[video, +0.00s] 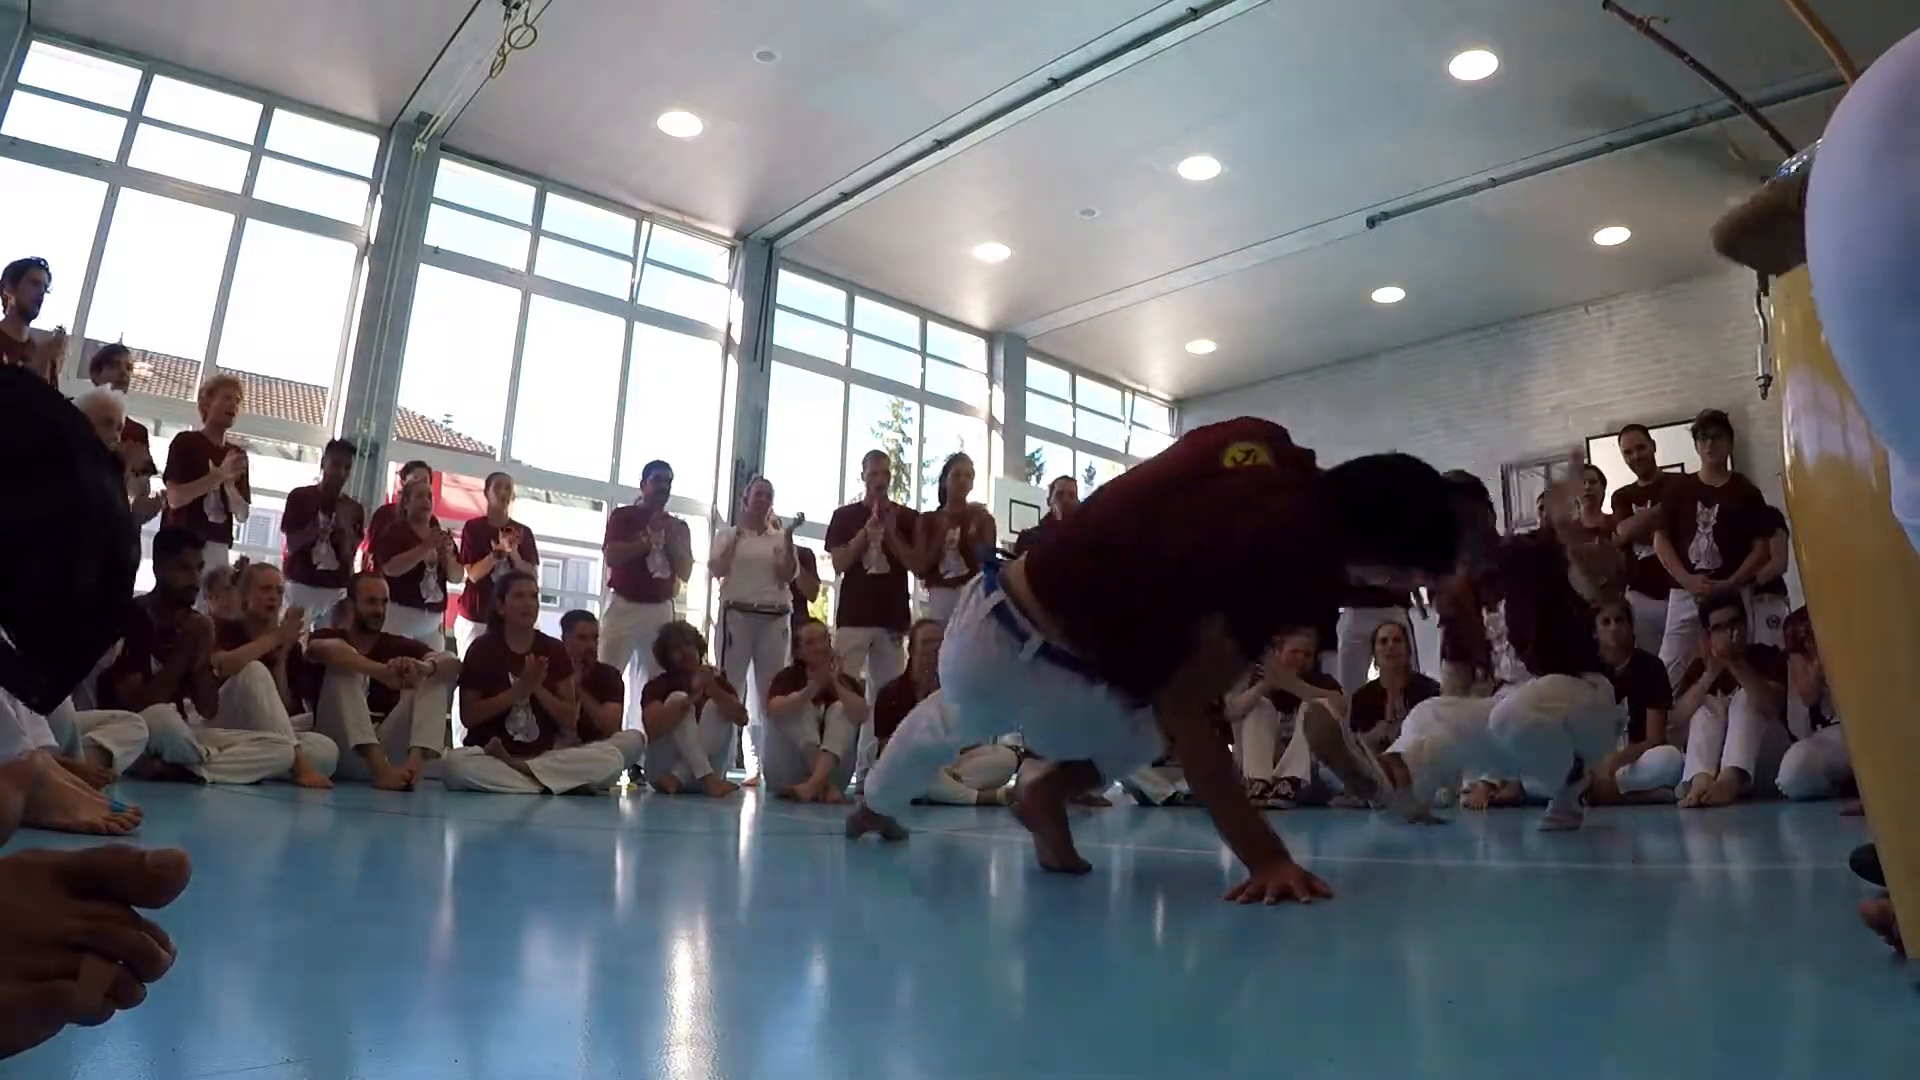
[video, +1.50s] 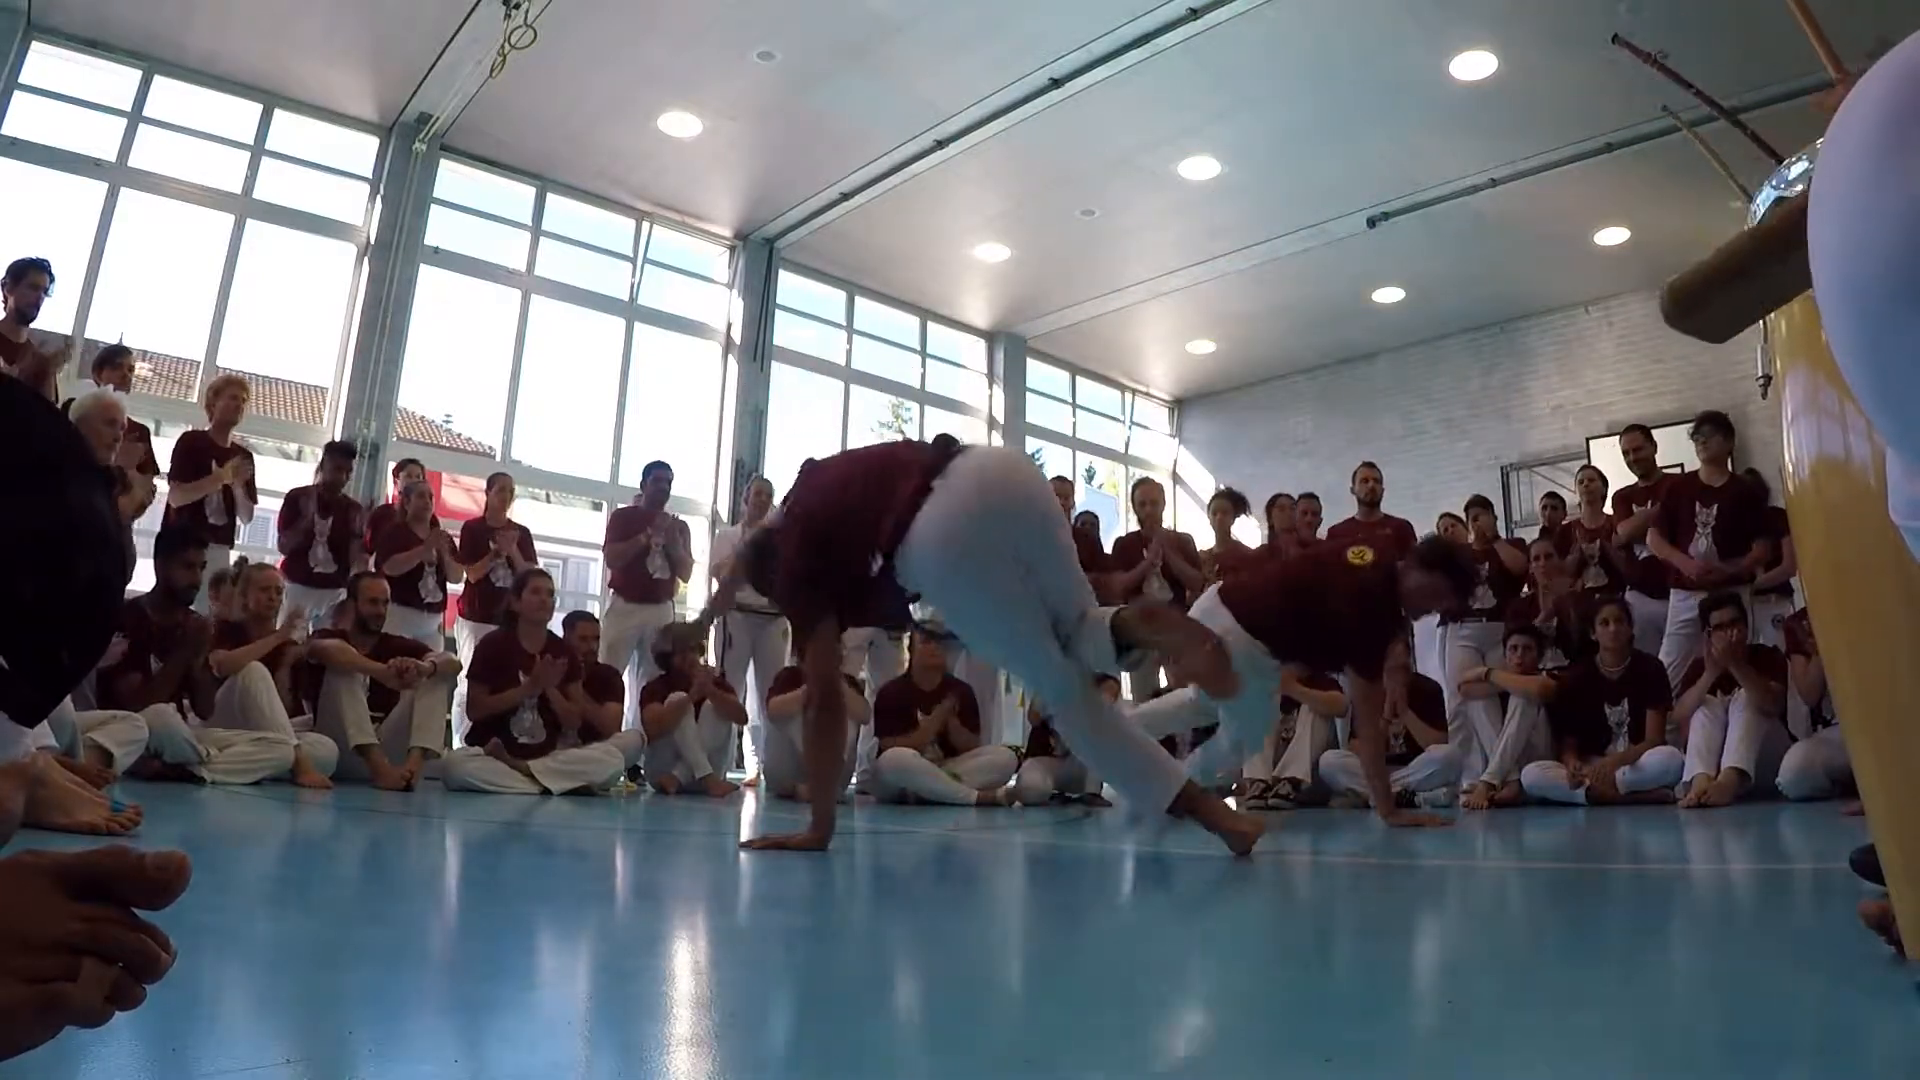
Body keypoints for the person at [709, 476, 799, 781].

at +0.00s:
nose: (761, 499)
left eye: (766, 495)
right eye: (757, 494)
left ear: (772, 502)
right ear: (745, 497)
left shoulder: (780, 536)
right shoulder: (728, 534)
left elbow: (787, 576)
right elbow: (718, 571)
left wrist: (787, 540)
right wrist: (734, 539)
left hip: (775, 616)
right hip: (736, 615)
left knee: (773, 692)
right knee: (730, 690)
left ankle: (771, 764)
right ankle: (726, 763)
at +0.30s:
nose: (761, 500)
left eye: (766, 496)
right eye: (757, 494)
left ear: (773, 502)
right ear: (745, 499)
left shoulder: (783, 539)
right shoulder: (728, 535)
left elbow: (786, 578)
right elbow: (722, 575)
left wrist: (770, 542)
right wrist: (751, 543)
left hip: (774, 618)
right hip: (736, 616)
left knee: (772, 693)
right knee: (730, 690)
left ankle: (769, 764)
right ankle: (724, 764)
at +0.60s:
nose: (760, 500)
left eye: (766, 495)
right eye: (756, 494)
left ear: (773, 501)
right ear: (745, 499)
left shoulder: (782, 538)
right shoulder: (728, 534)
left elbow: (784, 577)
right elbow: (724, 574)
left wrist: (766, 541)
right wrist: (757, 549)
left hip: (775, 617)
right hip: (737, 615)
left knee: (773, 694)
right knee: (731, 692)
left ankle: (769, 763)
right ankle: (726, 763)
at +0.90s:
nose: (761, 500)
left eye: (767, 496)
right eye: (757, 494)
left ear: (773, 501)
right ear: (745, 498)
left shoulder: (783, 538)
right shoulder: (729, 534)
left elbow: (786, 580)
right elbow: (720, 574)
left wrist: (778, 544)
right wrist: (741, 540)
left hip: (775, 617)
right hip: (736, 616)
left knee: (772, 692)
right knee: (730, 689)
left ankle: (770, 764)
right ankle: (726, 763)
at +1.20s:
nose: (760, 500)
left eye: (764, 494)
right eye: (755, 494)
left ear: (771, 500)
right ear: (744, 499)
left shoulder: (780, 534)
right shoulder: (729, 535)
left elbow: (790, 572)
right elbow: (718, 574)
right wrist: (730, 538)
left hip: (774, 615)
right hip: (737, 613)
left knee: (771, 694)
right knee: (730, 690)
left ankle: (768, 764)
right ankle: (722, 764)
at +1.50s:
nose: (759, 500)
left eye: (764, 496)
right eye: (755, 494)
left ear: (772, 502)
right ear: (744, 499)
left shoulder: (779, 538)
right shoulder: (726, 535)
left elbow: (786, 576)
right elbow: (717, 573)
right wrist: (747, 554)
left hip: (774, 618)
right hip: (736, 615)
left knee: (771, 694)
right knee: (729, 690)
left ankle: (768, 765)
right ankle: (723, 764)